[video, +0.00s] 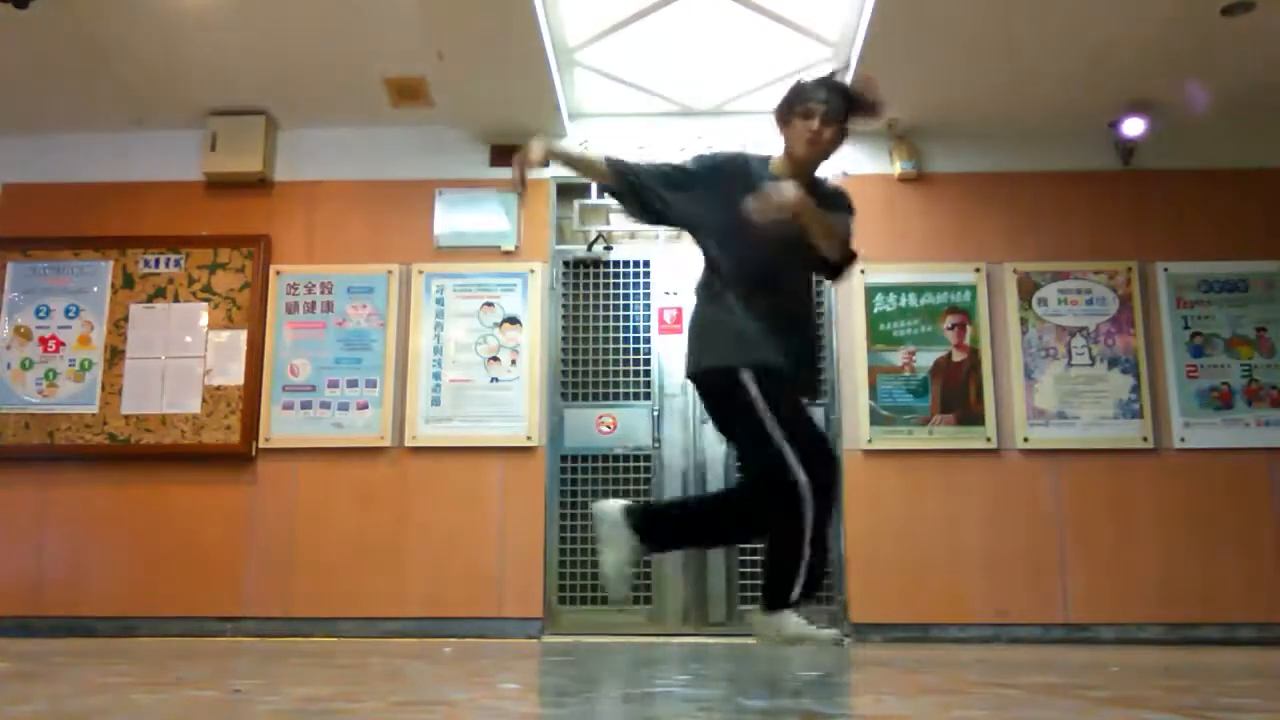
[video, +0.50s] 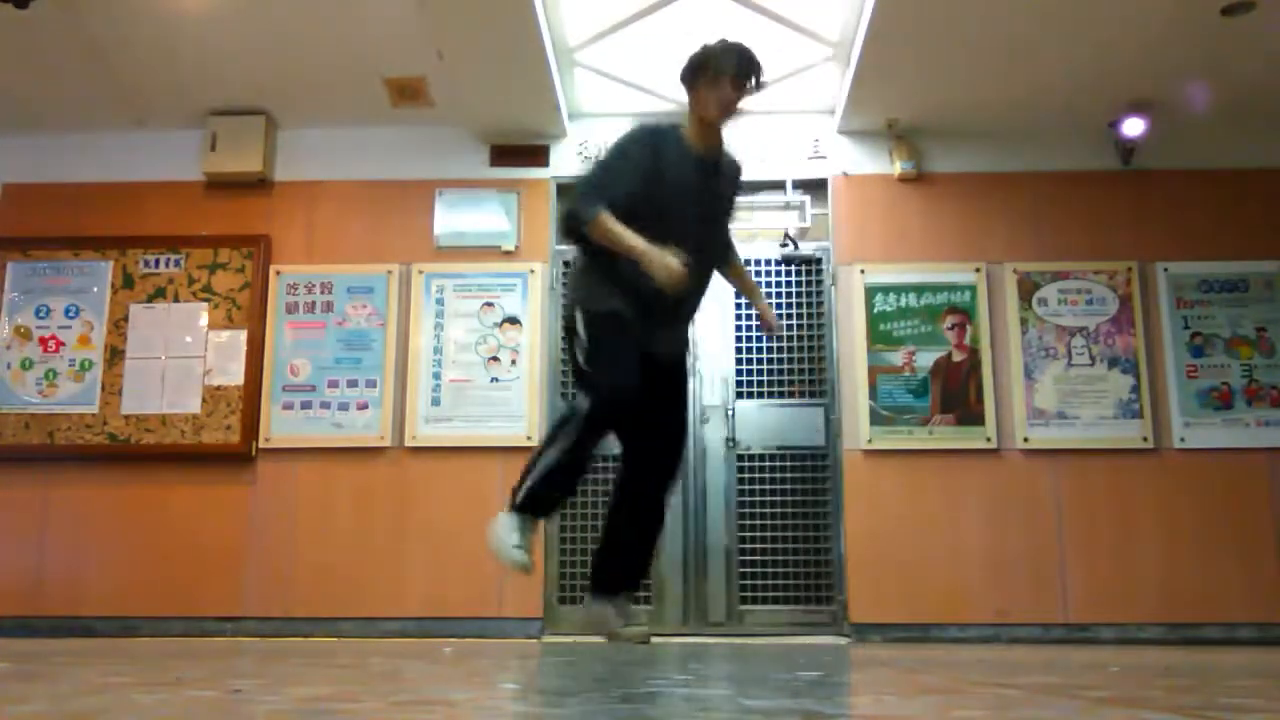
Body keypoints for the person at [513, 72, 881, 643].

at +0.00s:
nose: (815, 130)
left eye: (829, 123)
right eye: (805, 116)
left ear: (840, 138)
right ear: (783, 122)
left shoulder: (831, 202)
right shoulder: (732, 175)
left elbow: (838, 261)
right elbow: (641, 183)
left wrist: (804, 213)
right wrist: (559, 153)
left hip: (783, 363)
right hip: (729, 354)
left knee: (777, 500)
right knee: (811, 468)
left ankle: (633, 524)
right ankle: (780, 611)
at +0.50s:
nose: (730, 99)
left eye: (738, 89)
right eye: (721, 85)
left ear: (743, 97)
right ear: (693, 85)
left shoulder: (724, 171)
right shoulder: (647, 143)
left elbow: (715, 243)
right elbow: (583, 209)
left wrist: (757, 299)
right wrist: (647, 251)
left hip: (665, 322)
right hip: (607, 305)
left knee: (656, 454)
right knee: (611, 400)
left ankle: (609, 595)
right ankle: (521, 515)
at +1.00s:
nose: (640, 105)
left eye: (649, 92)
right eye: (629, 92)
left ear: (662, 79)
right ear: (606, 82)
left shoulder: (691, 130)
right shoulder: (575, 147)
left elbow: (719, 205)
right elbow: (520, 249)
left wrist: (738, 192)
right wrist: (531, 201)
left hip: (677, 320)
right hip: (601, 325)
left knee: (678, 451)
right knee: (593, 452)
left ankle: (633, 549)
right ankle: (569, 588)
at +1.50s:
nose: (711, 99)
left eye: (724, 89)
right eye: (709, 85)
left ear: (740, 84)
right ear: (693, 68)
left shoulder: (752, 128)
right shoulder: (629, 112)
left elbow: (807, 192)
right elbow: (555, 161)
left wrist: (851, 150)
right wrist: (537, 136)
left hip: (702, 310)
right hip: (624, 309)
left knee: (717, 433)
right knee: (633, 435)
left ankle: (706, 569)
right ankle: (643, 570)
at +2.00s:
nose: (721, 70)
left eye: (733, 55)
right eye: (712, 55)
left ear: (745, 49)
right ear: (687, 44)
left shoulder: (764, 103)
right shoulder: (637, 118)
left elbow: (819, 156)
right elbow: (561, 170)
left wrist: (874, 129)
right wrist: (530, 121)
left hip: (753, 304)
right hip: (679, 310)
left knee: (744, 439)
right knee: (685, 436)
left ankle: (718, 574)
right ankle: (669, 568)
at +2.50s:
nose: (768, 48)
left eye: (781, 36)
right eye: (759, 33)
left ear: (794, 34)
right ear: (738, 25)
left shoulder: (806, 88)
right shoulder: (695, 94)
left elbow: (859, 143)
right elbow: (682, 170)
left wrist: (872, 124)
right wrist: (764, 164)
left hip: (803, 258)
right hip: (725, 254)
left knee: (813, 409)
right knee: (800, 312)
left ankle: (784, 565)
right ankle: (821, 480)